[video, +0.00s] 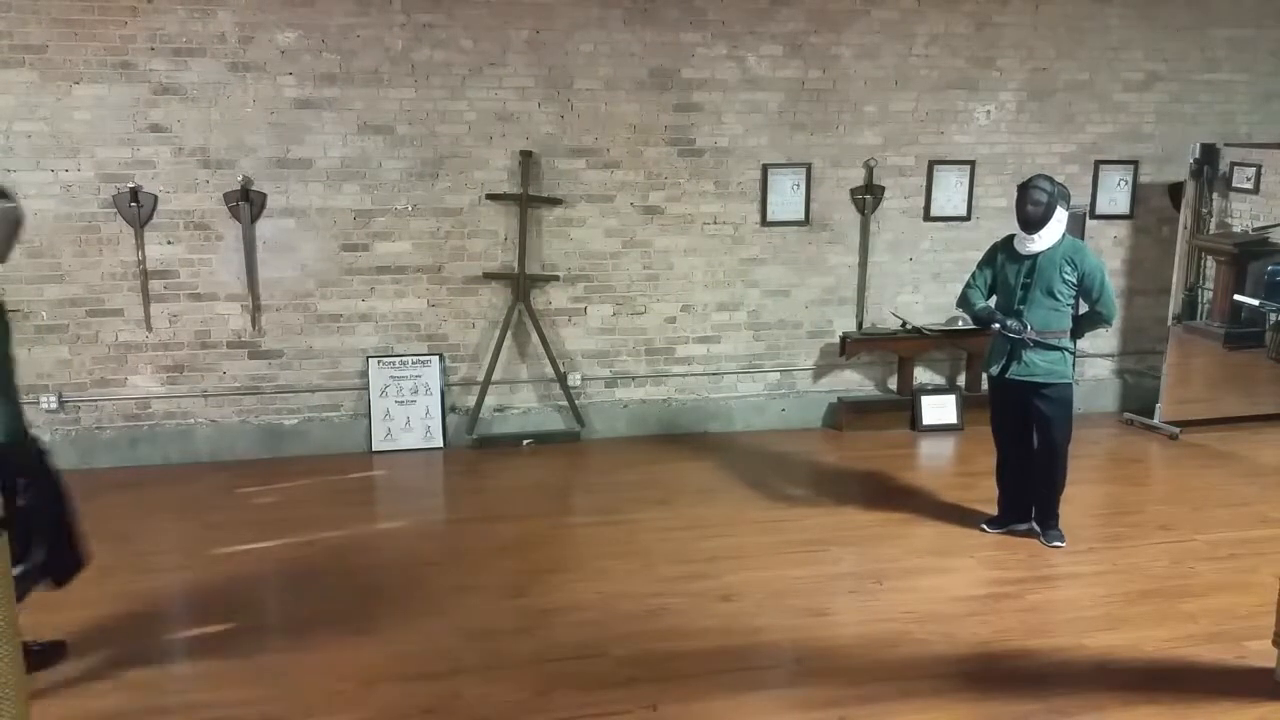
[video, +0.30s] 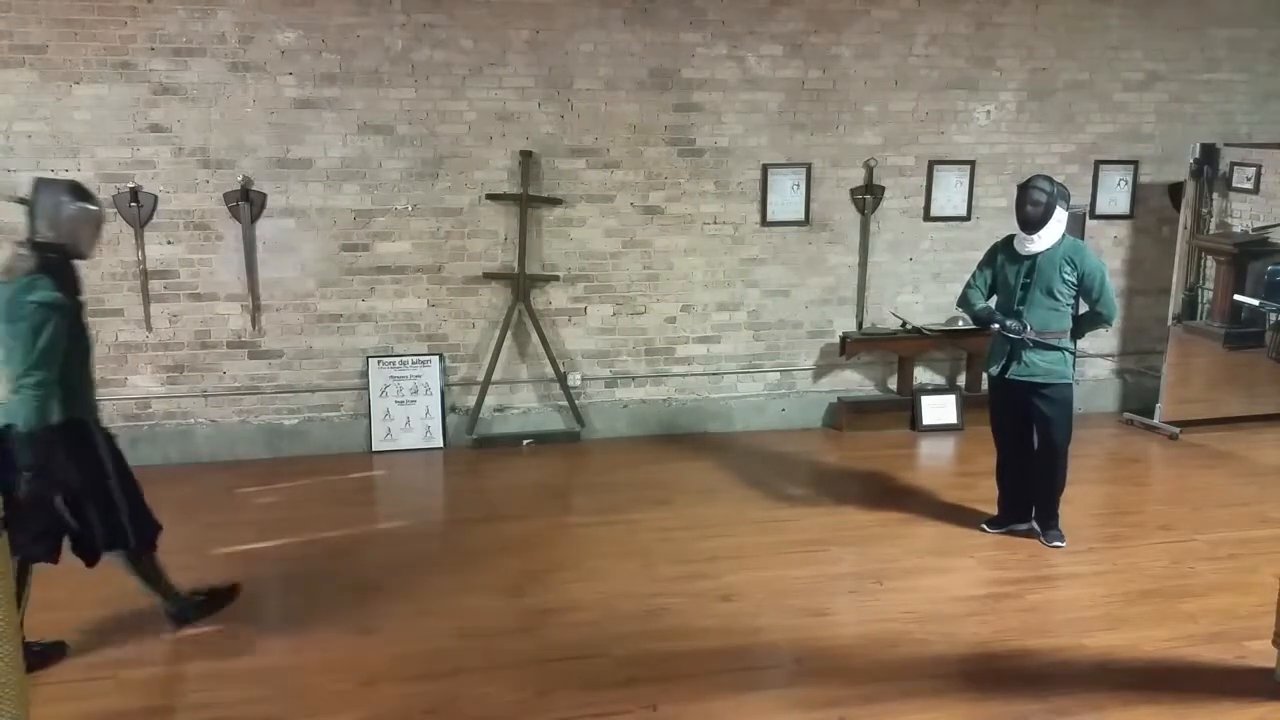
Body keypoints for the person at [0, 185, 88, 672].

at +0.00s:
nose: (14, 237)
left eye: (14, 227)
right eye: (12, 226)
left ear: (12, 229)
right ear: (7, 228)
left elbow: (9, 396)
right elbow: (7, 402)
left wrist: (21, 454)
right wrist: (19, 458)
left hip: (14, 444)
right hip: (12, 448)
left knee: (36, 546)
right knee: (45, 550)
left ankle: (11, 643)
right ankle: (10, 642)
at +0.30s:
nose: (94, 236)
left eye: (94, 226)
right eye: (88, 226)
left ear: (45, 229)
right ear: (67, 229)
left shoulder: (20, 285)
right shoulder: (49, 298)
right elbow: (32, 384)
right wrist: (32, 460)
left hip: (23, 437)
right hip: (65, 435)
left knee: (20, 544)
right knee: (120, 519)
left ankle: (12, 645)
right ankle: (178, 602)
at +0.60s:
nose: (172, 219)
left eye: (170, 210)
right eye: (166, 211)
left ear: (122, 215)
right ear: (147, 215)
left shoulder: (96, 267)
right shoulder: (141, 278)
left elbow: (93, 342)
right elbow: (153, 357)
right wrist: (174, 410)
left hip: (111, 404)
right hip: (148, 405)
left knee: (137, 506)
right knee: (180, 503)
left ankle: (88, 585)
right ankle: (191, 601)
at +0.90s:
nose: (217, 216)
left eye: (214, 207)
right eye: (212, 208)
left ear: (165, 217)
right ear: (201, 215)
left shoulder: (148, 272)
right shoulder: (196, 272)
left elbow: (149, 341)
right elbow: (252, 335)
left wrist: (209, 372)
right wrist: (316, 360)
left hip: (171, 398)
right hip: (203, 399)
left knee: (216, 486)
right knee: (207, 499)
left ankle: (253, 561)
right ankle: (192, 600)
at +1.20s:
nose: (257, 210)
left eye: (255, 201)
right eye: (250, 202)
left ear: (210, 212)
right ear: (236, 209)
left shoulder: (193, 265)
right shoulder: (249, 269)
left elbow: (187, 328)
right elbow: (295, 327)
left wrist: (222, 354)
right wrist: (298, 350)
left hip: (219, 385)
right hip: (253, 385)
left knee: (260, 470)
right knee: (267, 482)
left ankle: (274, 555)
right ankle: (211, 577)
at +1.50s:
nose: (282, 203)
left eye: (278, 195)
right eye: (276, 196)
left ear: (235, 207)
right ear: (268, 204)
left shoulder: (218, 259)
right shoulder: (281, 262)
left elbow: (205, 317)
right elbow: (310, 325)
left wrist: (236, 349)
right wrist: (305, 353)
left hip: (236, 379)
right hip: (275, 377)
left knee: (267, 468)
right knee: (318, 466)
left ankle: (272, 557)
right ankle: (289, 553)